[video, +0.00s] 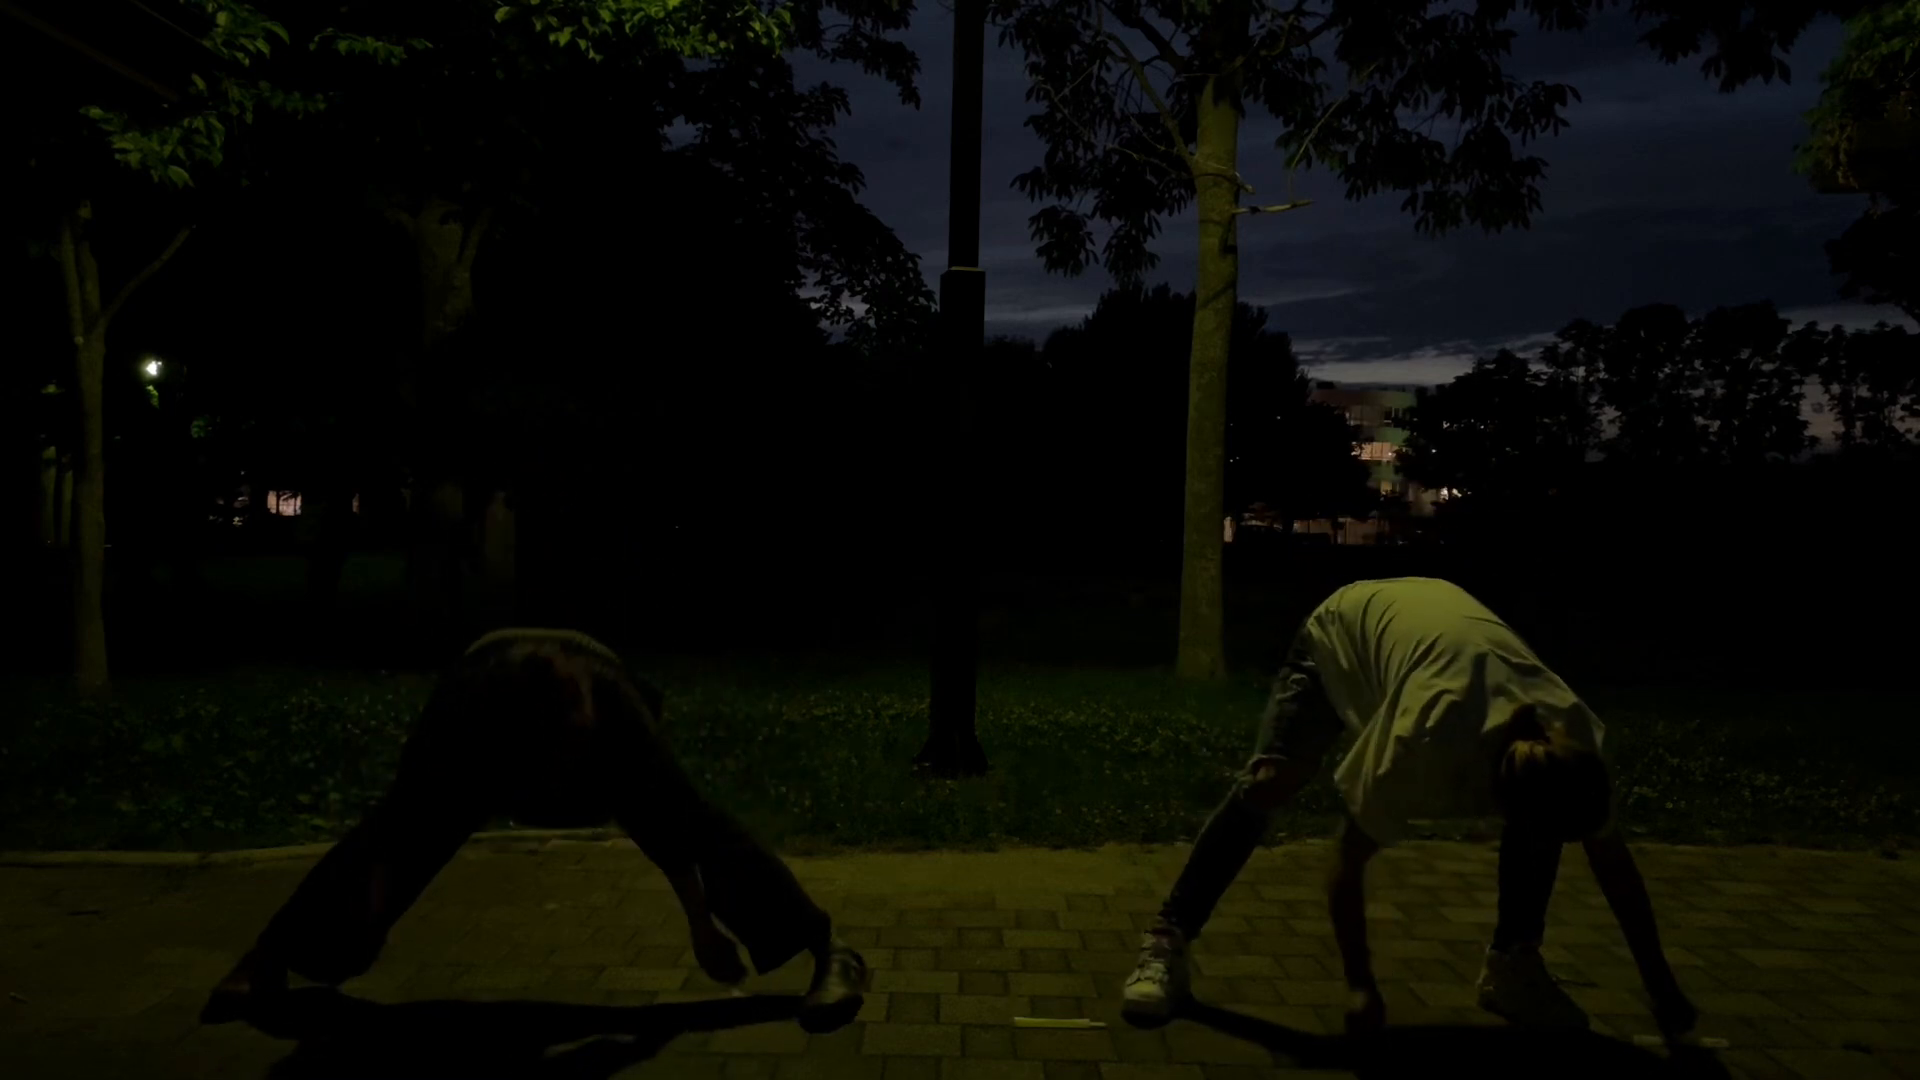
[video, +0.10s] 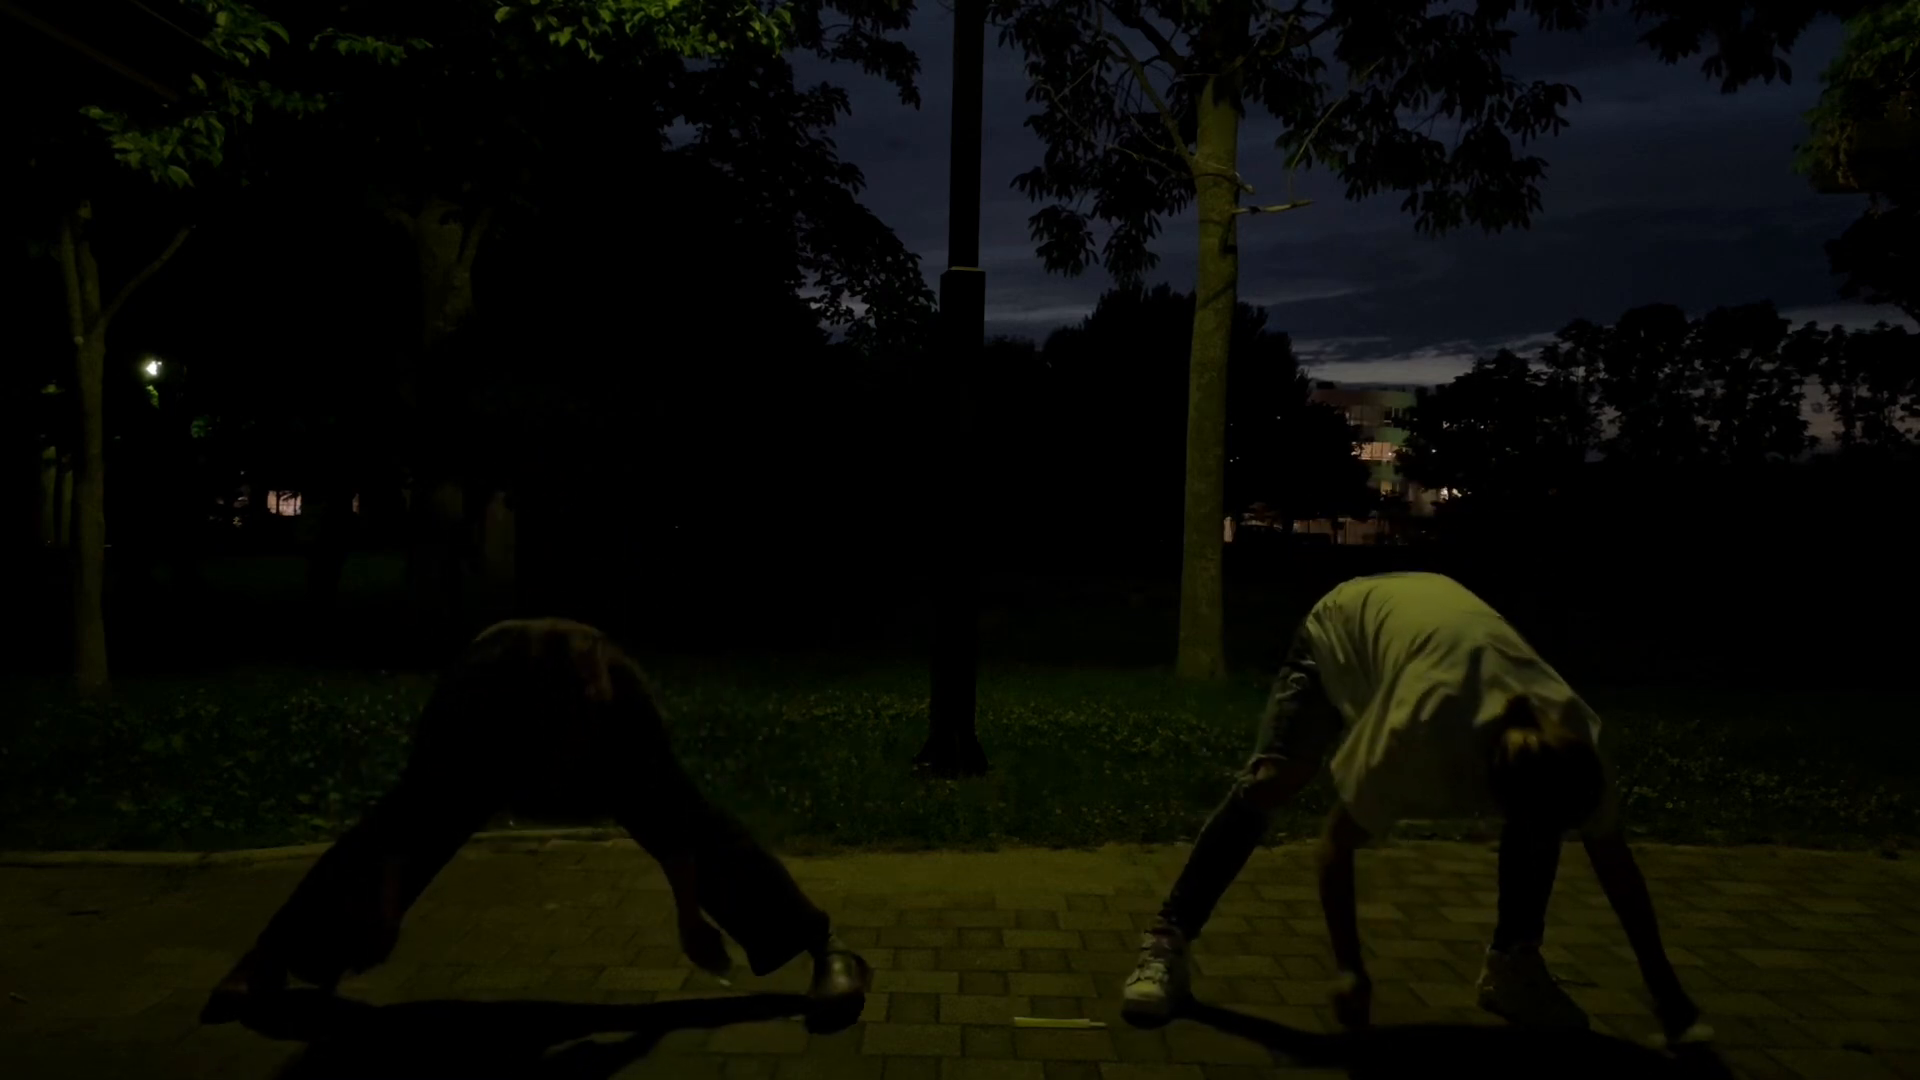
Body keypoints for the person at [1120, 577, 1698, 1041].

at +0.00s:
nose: (1537, 836)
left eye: (1556, 829)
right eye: (1535, 823)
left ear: (1586, 774)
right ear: (1511, 773)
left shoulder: (1577, 735)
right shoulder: (1426, 730)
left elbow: (1610, 857)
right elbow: (1347, 866)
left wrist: (1661, 982)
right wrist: (1362, 988)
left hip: (1450, 618)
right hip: (1343, 628)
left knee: (1546, 797)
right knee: (1265, 785)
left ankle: (1515, 968)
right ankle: (1166, 947)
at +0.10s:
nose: (1542, 830)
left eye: (1557, 819)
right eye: (1534, 816)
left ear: (1575, 754)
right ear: (1503, 758)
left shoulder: (1576, 732)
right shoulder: (1420, 720)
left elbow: (1611, 854)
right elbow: (1337, 851)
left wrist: (1663, 985)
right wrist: (1352, 975)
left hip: (1452, 618)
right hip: (1342, 628)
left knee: (1543, 803)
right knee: (1264, 787)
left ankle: (1514, 968)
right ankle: (1167, 947)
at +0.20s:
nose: (1527, 797)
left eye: (1543, 788)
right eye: (1518, 778)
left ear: (1567, 731)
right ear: (1493, 726)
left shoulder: (1564, 702)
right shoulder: (1408, 684)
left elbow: (1609, 822)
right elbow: (1319, 798)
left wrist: (1654, 936)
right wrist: (1330, 931)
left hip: (1446, 618)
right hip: (1336, 622)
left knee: (1532, 796)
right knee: (1262, 779)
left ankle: (1515, 965)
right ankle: (1166, 946)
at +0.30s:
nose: (1513, 756)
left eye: (1528, 747)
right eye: (1504, 745)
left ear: (1552, 701)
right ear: (1474, 704)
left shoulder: (1550, 666)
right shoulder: (1389, 662)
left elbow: (1602, 773)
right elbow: (1302, 781)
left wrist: (1634, 871)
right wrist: (1314, 909)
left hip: (1444, 604)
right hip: (1326, 616)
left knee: (1518, 789)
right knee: (1256, 774)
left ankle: (1515, 967)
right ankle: (1166, 946)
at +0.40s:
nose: (1492, 719)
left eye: (1508, 706)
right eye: (1484, 703)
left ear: (1533, 668)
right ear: (1458, 663)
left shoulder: (1542, 637)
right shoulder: (1373, 633)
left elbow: (1580, 731)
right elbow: (1291, 750)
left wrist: (1610, 805)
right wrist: (1298, 888)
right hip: (1315, 613)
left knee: (1504, 787)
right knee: (1249, 770)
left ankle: (1515, 965)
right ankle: (1165, 945)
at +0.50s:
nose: (1478, 683)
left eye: (1488, 673)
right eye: (1469, 671)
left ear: (1516, 620)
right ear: (1440, 620)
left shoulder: (1512, 572)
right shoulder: (1354, 594)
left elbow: (1536, 669)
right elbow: (1281, 731)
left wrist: (1558, 725)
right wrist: (1267, 853)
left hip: (1422, 641)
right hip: (1304, 624)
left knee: (1518, 778)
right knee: (1241, 772)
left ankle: (1562, 951)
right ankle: (1164, 943)